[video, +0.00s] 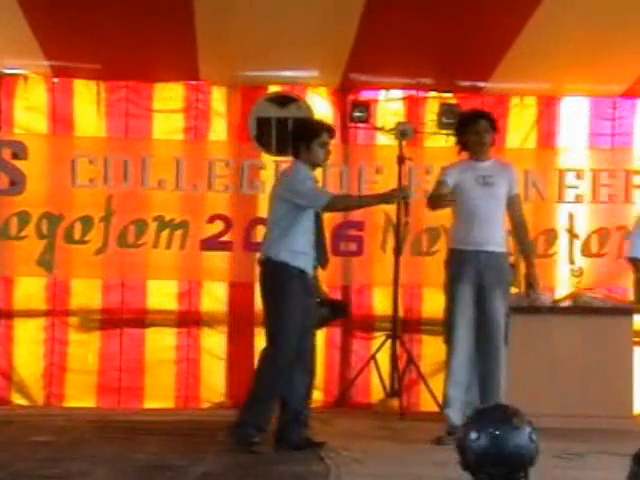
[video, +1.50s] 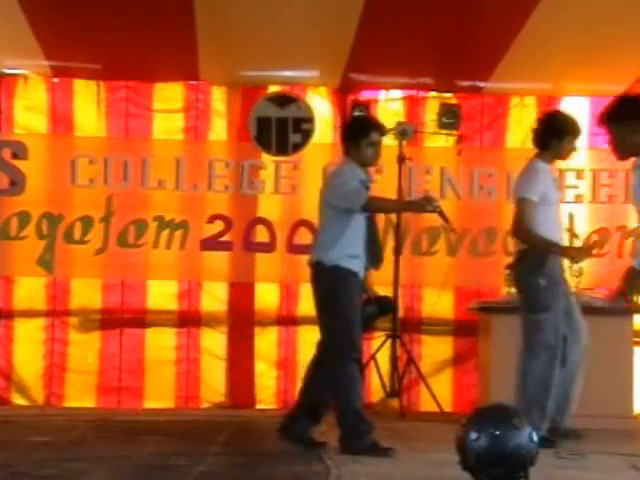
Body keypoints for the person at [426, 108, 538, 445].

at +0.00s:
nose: (481, 139)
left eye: (486, 133)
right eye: (474, 133)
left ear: (494, 136)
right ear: (463, 138)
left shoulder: (506, 172)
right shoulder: (454, 171)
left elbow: (519, 222)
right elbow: (434, 202)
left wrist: (530, 268)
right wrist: (452, 195)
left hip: (495, 257)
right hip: (462, 256)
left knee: (495, 335)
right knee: (460, 335)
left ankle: (493, 413)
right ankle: (457, 416)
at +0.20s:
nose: (486, 141)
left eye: (491, 135)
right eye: (480, 135)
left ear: (498, 138)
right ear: (468, 139)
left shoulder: (509, 173)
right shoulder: (459, 169)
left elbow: (520, 224)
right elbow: (457, 180)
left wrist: (530, 271)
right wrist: (479, 172)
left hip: (496, 255)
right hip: (464, 253)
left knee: (493, 335)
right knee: (460, 335)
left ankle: (491, 413)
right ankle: (456, 415)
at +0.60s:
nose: (516, 150)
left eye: (520, 144)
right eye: (511, 143)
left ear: (523, 145)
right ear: (495, 142)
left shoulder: (521, 179)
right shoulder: (476, 172)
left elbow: (526, 222)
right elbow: (468, 212)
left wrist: (542, 240)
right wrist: (511, 207)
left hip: (507, 255)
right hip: (476, 253)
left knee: (506, 331)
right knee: (481, 331)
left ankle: (497, 408)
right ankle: (474, 411)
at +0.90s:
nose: (538, 151)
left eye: (539, 145)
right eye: (534, 144)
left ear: (531, 144)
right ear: (517, 142)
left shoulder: (527, 180)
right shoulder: (491, 174)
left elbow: (536, 219)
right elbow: (480, 222)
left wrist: (547, 217)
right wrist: (527, 223)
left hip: (514, 259)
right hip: (491, 258)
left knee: (509, 339)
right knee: (506, 338)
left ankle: (493, 414)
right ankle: (520, 420)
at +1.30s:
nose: (558, 148)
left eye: (559, 141)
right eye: (556, 141)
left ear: (540, 140)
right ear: (541, 140)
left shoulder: (537, 174)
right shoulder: (519, 172)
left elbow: (547, 218)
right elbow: (501, 228)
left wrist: (565, 243)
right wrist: (547, 247)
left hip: (539, 263)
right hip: (523, 264)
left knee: (548, 345)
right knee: (531, 346)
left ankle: (505, 414)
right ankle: (527, 427)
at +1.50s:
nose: (573, 149)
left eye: (575, 142)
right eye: (571, 141)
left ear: (554, 140)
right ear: (555, 140)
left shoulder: (546, 174)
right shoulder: (535, 172)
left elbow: (539, 232)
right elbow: (520, 228)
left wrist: (580, 248)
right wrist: (566, 251)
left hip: (549, 266)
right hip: (536, 267)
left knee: (573, 338)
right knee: (544, 342)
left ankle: (555, 421)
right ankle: (533, 425)